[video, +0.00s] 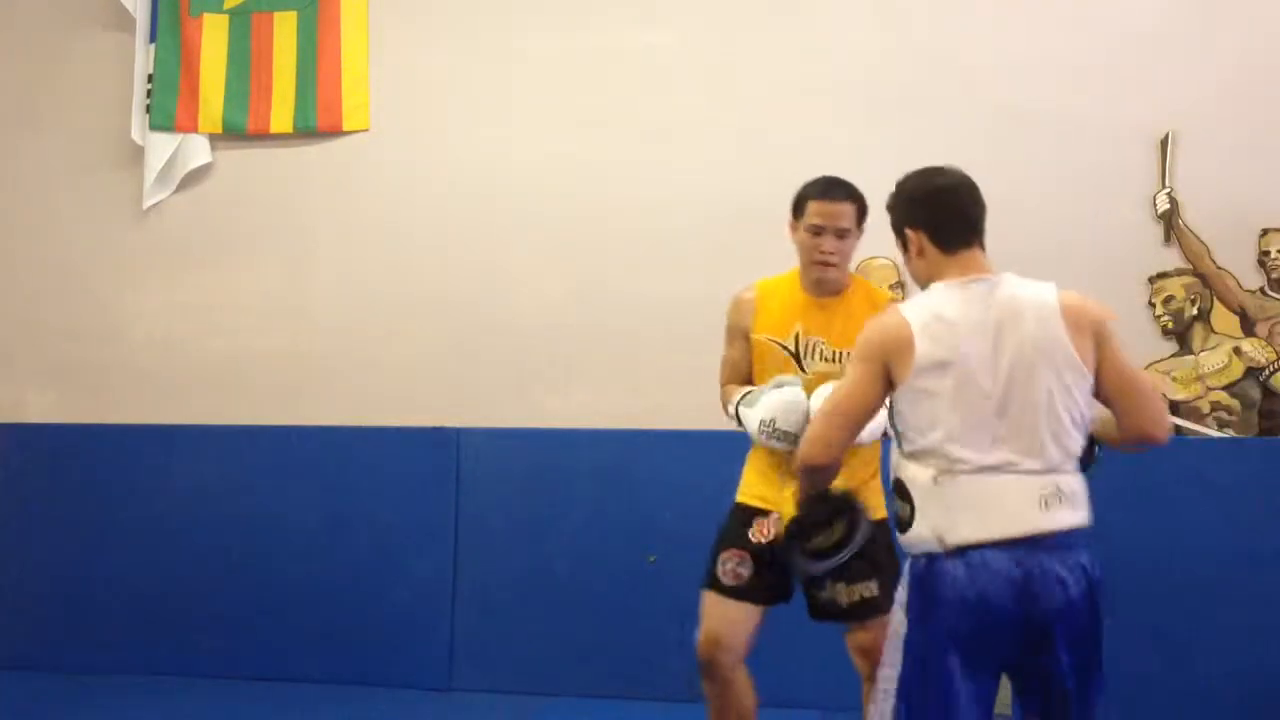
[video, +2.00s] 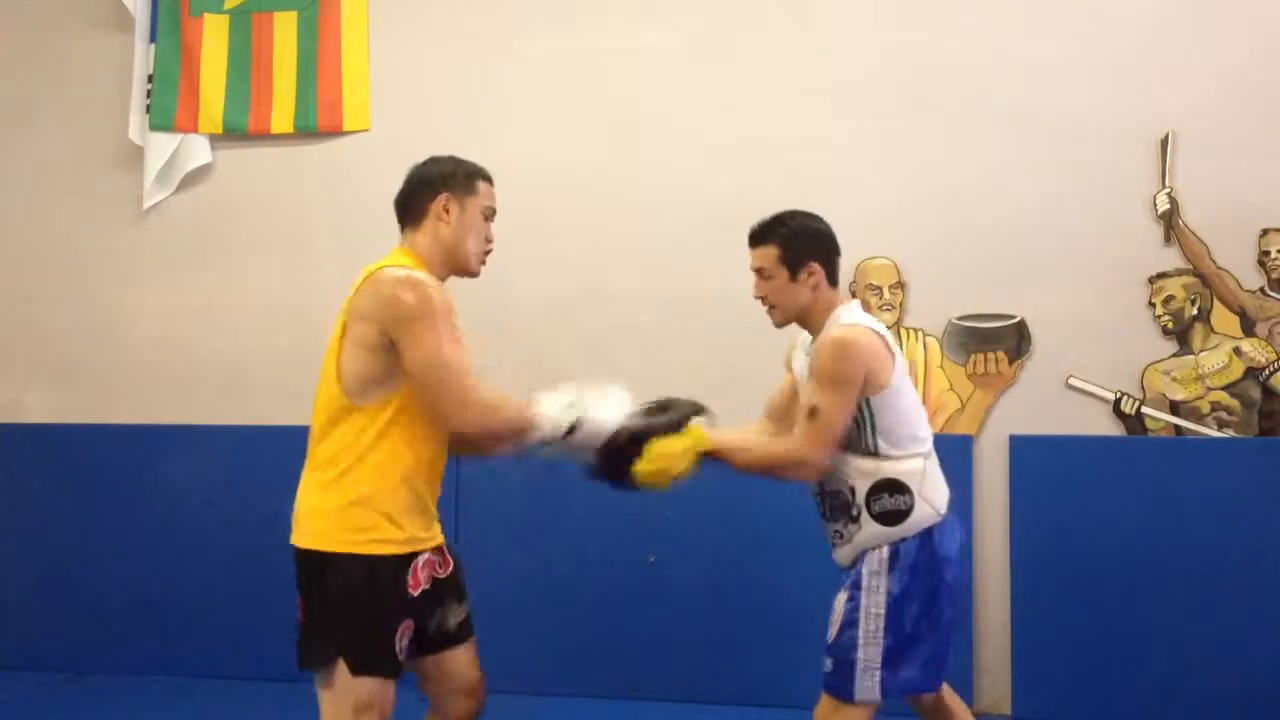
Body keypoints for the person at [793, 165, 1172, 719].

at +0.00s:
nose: (904, 260)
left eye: (900, 246)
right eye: (901, 246)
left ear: (915, 242)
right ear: (978, 226)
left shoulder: (894, 332)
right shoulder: (1075, 313)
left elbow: (817, 456)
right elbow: (1151, 426)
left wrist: (811, 491)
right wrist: (1074, 420)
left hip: (953, 574)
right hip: (1062, 566)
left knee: (935, 709)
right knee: (1066, 709)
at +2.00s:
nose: (756, 291)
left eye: (765, 275)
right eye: (755, 276)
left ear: (812, 277)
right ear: (809, 279)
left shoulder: (845, 343)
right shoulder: (809, 347)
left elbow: (808, 459)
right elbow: (773, 433)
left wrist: (708, 446)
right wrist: (698, 439)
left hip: (896, 543)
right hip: (897, 539)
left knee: (842, 708)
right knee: (925, 688)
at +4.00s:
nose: (766, 289)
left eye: (777, 274)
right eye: (767, 274)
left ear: (823, 279)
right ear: (827, 279)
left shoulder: (828, 344)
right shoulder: (885, 325)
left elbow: (753, 402)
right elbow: (909, 424)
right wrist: (829, 468)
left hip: (911, 550)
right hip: (970, 530)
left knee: (862, 708)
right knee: (986, 693)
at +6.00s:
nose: (773, 314)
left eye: (784, 299)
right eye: (773, 300)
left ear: (832, 300)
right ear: (830, 304)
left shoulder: (880, 358)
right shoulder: (830, 360)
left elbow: (889, 469)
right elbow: (799, 438)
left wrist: (781, 459)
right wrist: (746, 406)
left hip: (920, 559)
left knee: (836, 710)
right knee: (951, 702)